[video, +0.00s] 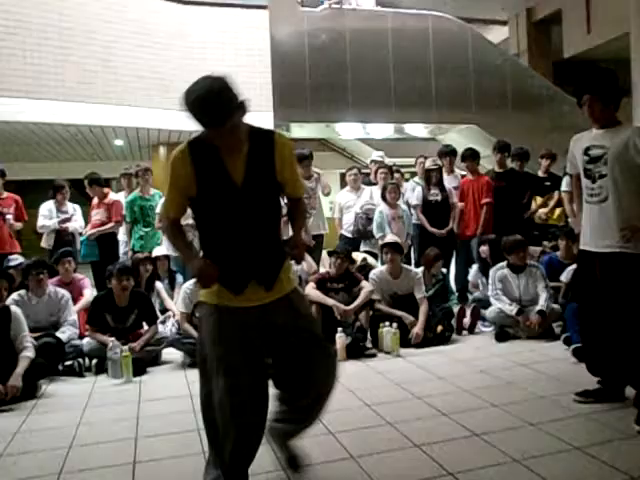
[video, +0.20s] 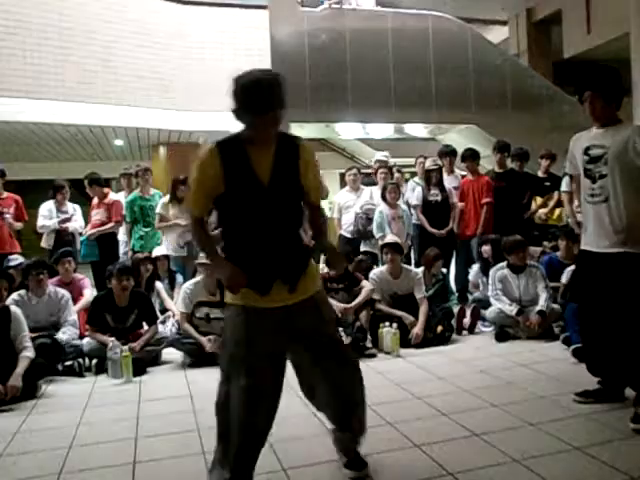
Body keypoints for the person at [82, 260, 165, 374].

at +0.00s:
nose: (124, 284)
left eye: (128, 280)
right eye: (119, 280)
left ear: (133, 282)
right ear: (110, 283)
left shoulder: (141, 297)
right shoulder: (100, 301)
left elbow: (154, 326)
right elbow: (91, 332)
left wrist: (139, 344)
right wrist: (107, 340)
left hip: (135, 340)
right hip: (112, 342)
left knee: (164, 338)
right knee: (88, 346)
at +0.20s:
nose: (124, 284)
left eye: (128, 280)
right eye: (119, 280)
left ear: (133, 282)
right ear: (110, 283)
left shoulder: (141, 297)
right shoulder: (100, 300)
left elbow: (154, 326)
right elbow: (91, 332)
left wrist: (139, 344)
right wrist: (107, 340)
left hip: (135, 340)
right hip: (111, 342)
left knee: (163, 338)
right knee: (88, 346)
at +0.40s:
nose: (124, 284)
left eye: (127, 279)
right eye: (119, 280)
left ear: (132, 282)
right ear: (109, 283)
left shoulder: (140, 297)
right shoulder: (99, 301)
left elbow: (153, 327)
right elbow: (91, 332)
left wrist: (138, 344)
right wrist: (106, 340)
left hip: (135, 340)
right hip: (111, 342)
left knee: (163, 338)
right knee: (87, 346)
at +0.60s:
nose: (123, 284)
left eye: (127, 279)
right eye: (118, 280)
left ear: (132, 282)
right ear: (109, 283)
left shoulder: (140, 298)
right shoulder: (99, 301)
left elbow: (152, 327)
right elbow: (91, 332)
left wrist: (138, 344)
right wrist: (106, 341)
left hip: (134, 339)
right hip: (110, 341)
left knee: (162, 339)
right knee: (87, 346)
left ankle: (110, 363)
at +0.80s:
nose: (123, 284)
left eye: (126, 279)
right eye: (118, 280)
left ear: (131, 282)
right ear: (109, 283)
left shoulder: (139, 297)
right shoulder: (99, 300)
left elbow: (153, 327)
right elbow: (91, 332)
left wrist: (138, 344)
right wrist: (106, 340)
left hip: (134, 339)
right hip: (110, 341)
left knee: (162, 338)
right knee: (86, 346)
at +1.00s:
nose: (133, 284)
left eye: (137, 280)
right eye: (128, 280)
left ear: (142, 282)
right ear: (119, 283)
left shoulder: (150, 298)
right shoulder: (109, 301)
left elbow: (163, 326)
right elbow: (101, 332)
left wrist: (149, 344)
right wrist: (117, 341)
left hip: (145, 340)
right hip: (120, 342)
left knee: (172, 338)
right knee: (97, 347)